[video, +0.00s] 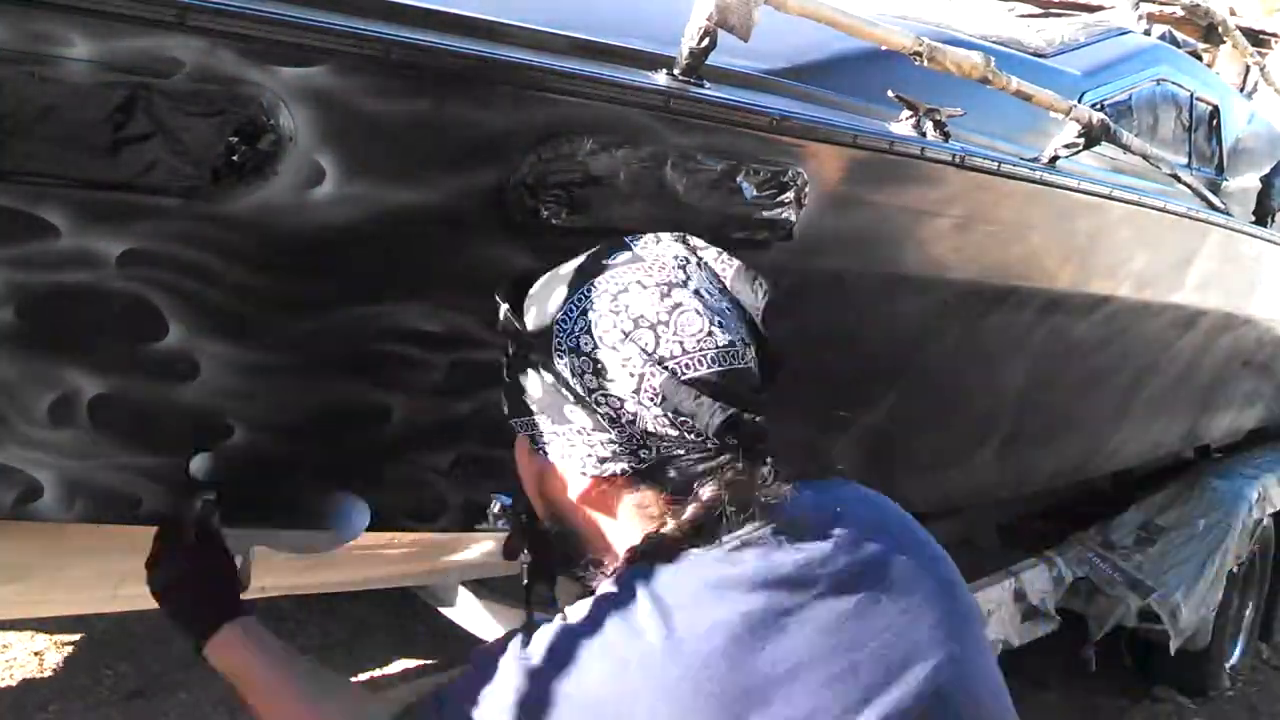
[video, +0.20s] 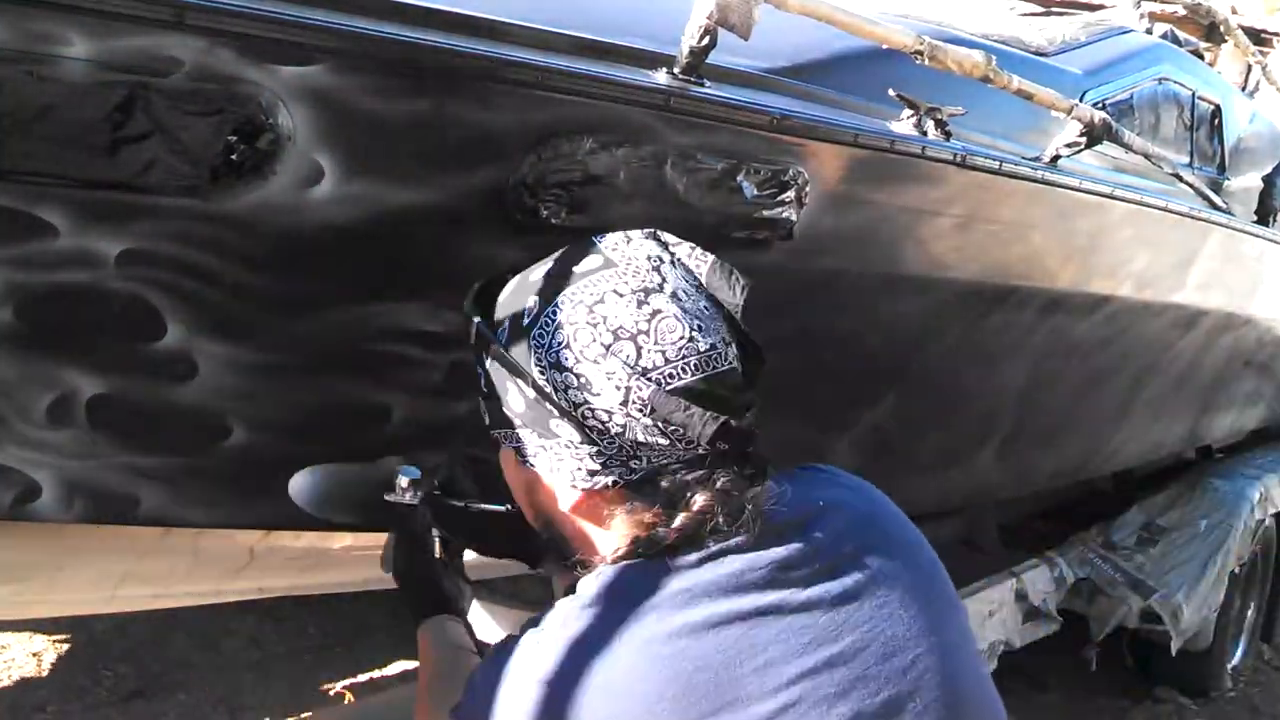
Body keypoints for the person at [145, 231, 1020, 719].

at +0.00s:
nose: (521, 443)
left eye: (532, 422)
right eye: (528, 415)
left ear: (588, 468)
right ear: (732, 424)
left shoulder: (559, 690)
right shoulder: (878, 528)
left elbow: (341, 718)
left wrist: (221, 621)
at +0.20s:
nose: (502, 449)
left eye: (509, 426)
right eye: (506, 421)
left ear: (561, 470)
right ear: (721, 405)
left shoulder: (538, 691)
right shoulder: (855, 509)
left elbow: (454, 697)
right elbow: (700, 546)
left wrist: (433, 606)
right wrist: (552, 534)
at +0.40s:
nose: (563, 412)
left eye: (572, 385)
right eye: (567, 384)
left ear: (633, 450)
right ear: (777, 405)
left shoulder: (583, 684)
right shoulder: (886, 537)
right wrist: (640, 596)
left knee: (386, 657)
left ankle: (364, 695)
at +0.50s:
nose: (611, 382)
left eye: (626, 367)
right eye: (620, 359)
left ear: (688, 433)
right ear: (838, 396)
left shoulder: (607, 638)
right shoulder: (979, 567)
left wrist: (469, 689)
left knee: (475, 664)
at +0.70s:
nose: (564, 406)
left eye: (577, 382)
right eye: (573, 380)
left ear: (625, 439)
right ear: (794, 404)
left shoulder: (570, 673)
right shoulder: (899, 536)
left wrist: (379, 700)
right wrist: (659, 573)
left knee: (380, 678)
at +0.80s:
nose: (509, 442)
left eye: (518, 428)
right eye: (516, 419)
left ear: (582, 488)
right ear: (735, 422)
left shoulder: (552, 699)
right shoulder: (849, 517)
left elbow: (381, 708)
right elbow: (698, 542)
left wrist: (259, 568)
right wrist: (554, 511)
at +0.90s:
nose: (496, 447)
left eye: (503, 431)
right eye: (499, 425)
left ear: (568, 490)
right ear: (729, 417)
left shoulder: (546, 699)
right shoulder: (844, 517)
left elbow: (387, 709)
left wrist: (261, 568)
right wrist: (518, 495)